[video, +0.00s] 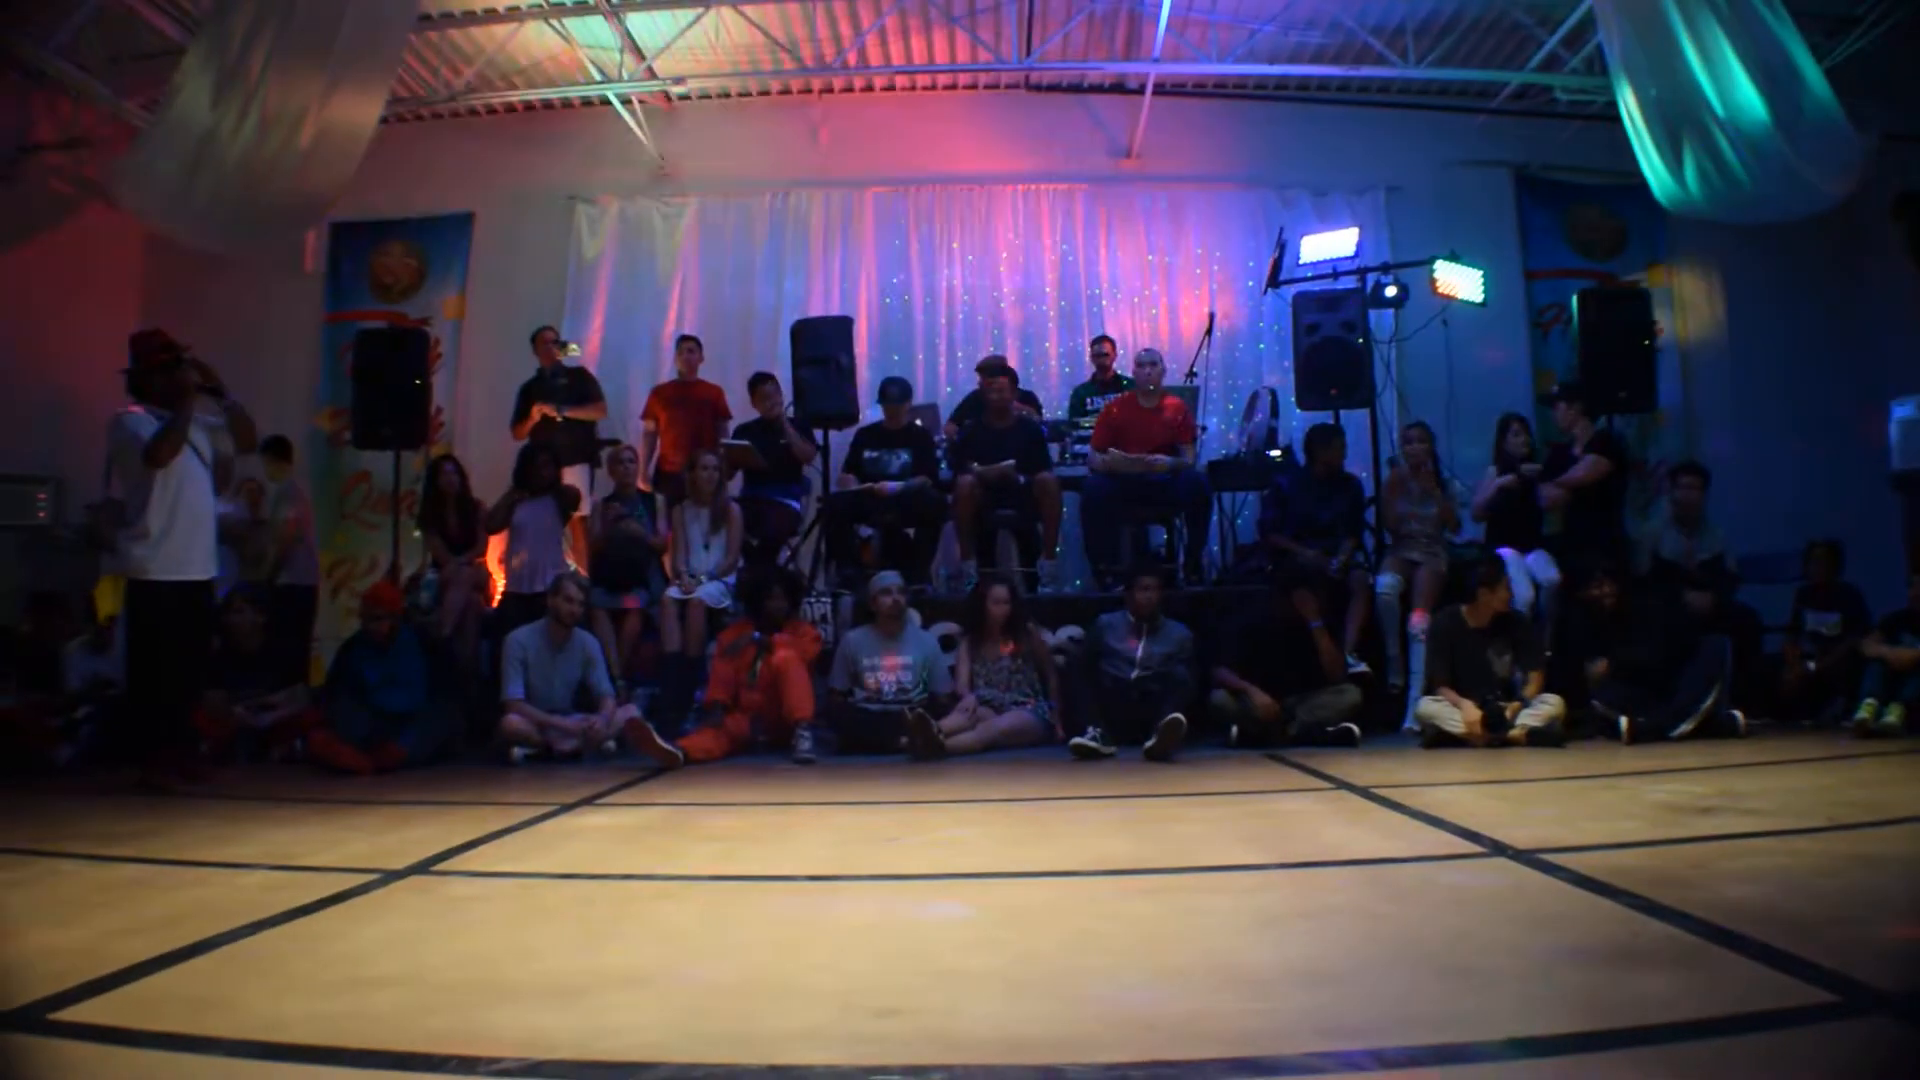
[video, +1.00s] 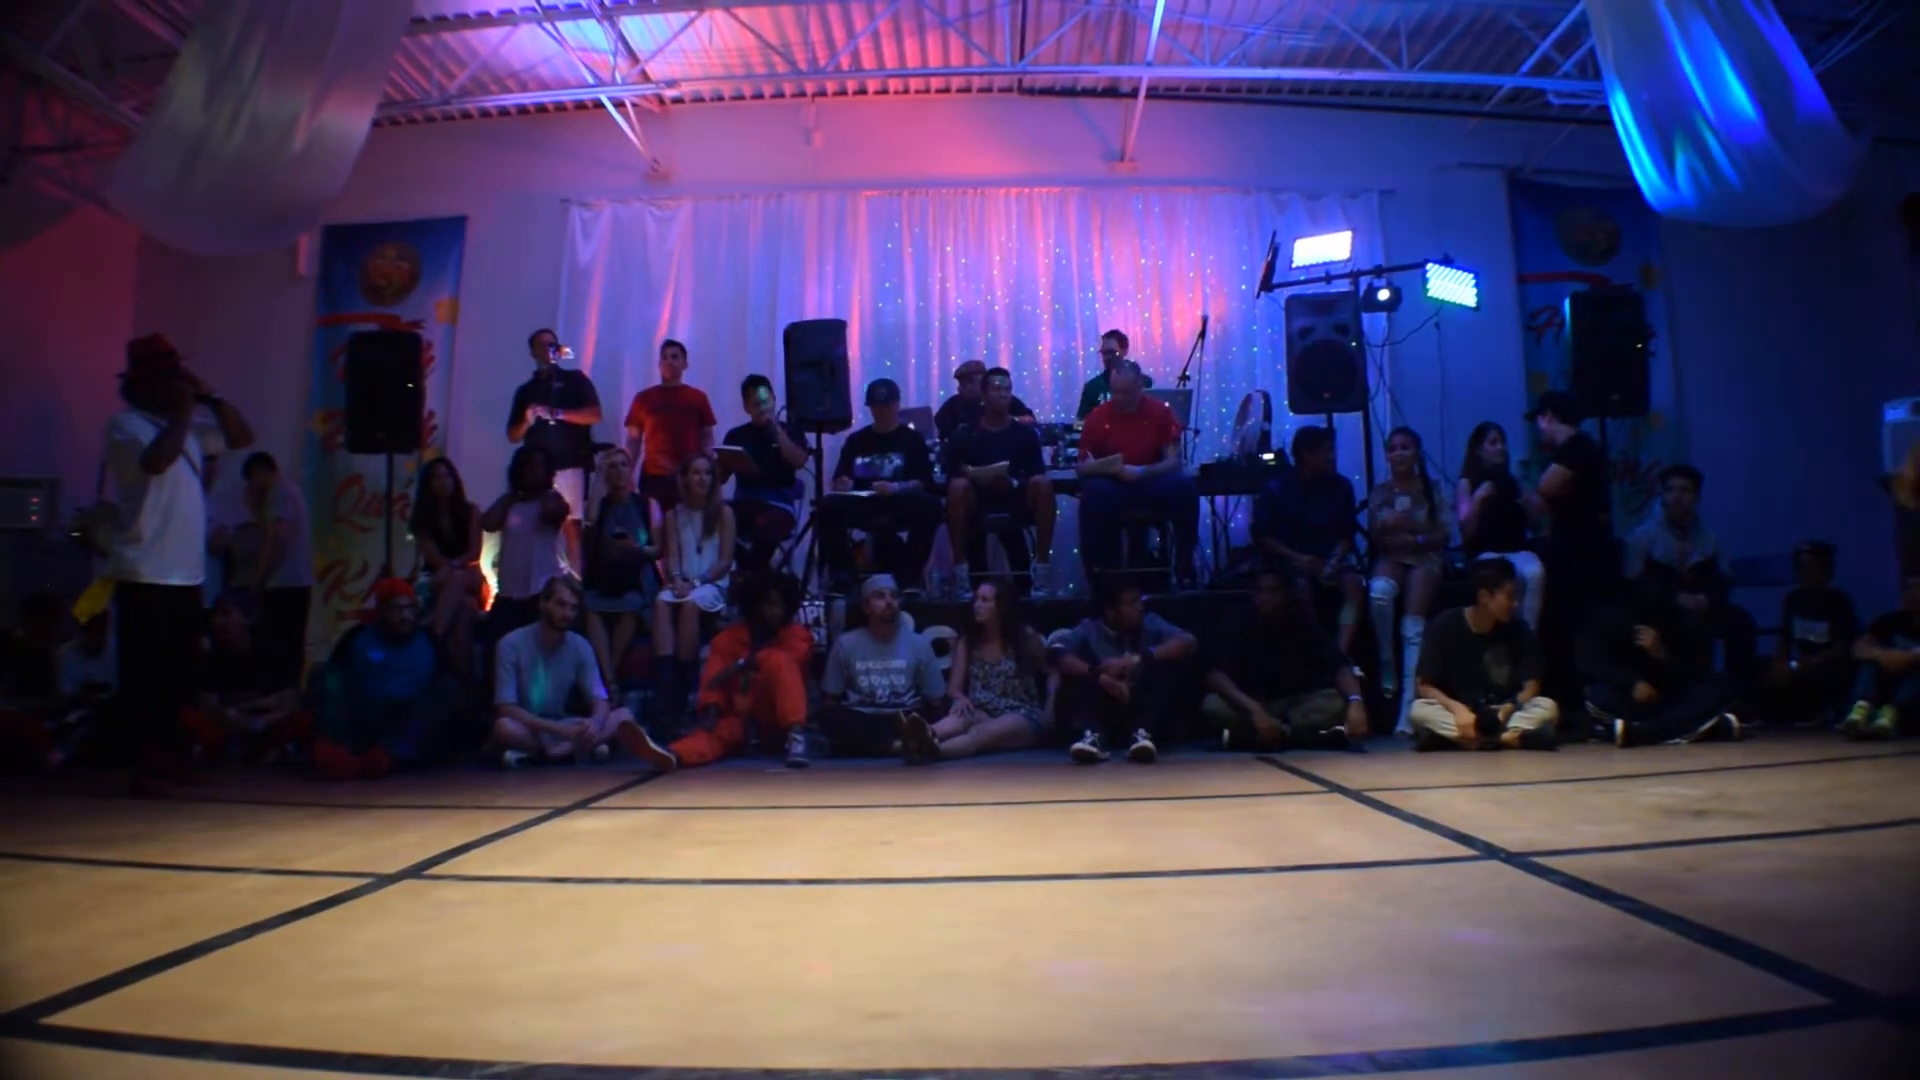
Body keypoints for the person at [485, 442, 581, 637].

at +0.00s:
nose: (544, 472)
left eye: (548, 466)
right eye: (538, 466)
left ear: (556, 469)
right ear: (525, 468)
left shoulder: (559, 499)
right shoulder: (516, 501)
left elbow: (573, 497)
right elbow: (491, 526)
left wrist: (552, 484)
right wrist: (512, 495)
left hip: (551, 587)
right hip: (518, 588)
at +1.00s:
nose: (534, 472)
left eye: (540, 466)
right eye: (529, 466)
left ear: (549, 471)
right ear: (518, 470)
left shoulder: (552, 499)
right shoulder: (509, 502)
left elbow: (556, 514)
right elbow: (488, 524)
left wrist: (547, 495)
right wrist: (510, 498)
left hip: (543, 593)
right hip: (509, 593)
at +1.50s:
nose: (536, 471)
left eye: (541, 465)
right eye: (530, 465)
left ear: (547, 470)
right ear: (517, 469)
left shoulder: (553, 502)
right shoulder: (504, 503)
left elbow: (558, 537)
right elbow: (487, 542)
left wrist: (553, 503)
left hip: (542, 592)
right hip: (508, 592)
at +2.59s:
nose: (534, 470)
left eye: (540, 465)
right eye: (528, 464)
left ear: (547, 470)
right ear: (515, 468)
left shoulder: (554, 500)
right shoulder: (501, 500)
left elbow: (566, 546)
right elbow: (491, 546)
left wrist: (557, 511)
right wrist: (496, 513)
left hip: (544, 593)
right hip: (508, 593)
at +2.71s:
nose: (534, 470)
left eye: (539, 464)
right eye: (528, 464)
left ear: (546, 470)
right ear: (515, 468)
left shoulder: (553, 501)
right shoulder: (501, 501)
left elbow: (564, 548)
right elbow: (491, 543)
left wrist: (557, 512)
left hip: (543, 591)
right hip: (508, 590)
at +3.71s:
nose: (534, 469)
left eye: (539, 463)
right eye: (527, 463)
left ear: (546, 469)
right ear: (515, 468)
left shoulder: (551, 503)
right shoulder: (498, 505)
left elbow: (561, 549)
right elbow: (489, 547)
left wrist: (555, 513)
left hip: (546, 582)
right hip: (509, 583)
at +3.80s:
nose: (534, 469)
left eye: (539, 464)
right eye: (527, 464)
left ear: (546, 469)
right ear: (515, 468)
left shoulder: (551, 503)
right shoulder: (497, 507)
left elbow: (562, 549)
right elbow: (487, 550)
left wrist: (555, 516)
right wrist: (495, 516)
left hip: (548, 584)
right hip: (509, 587)